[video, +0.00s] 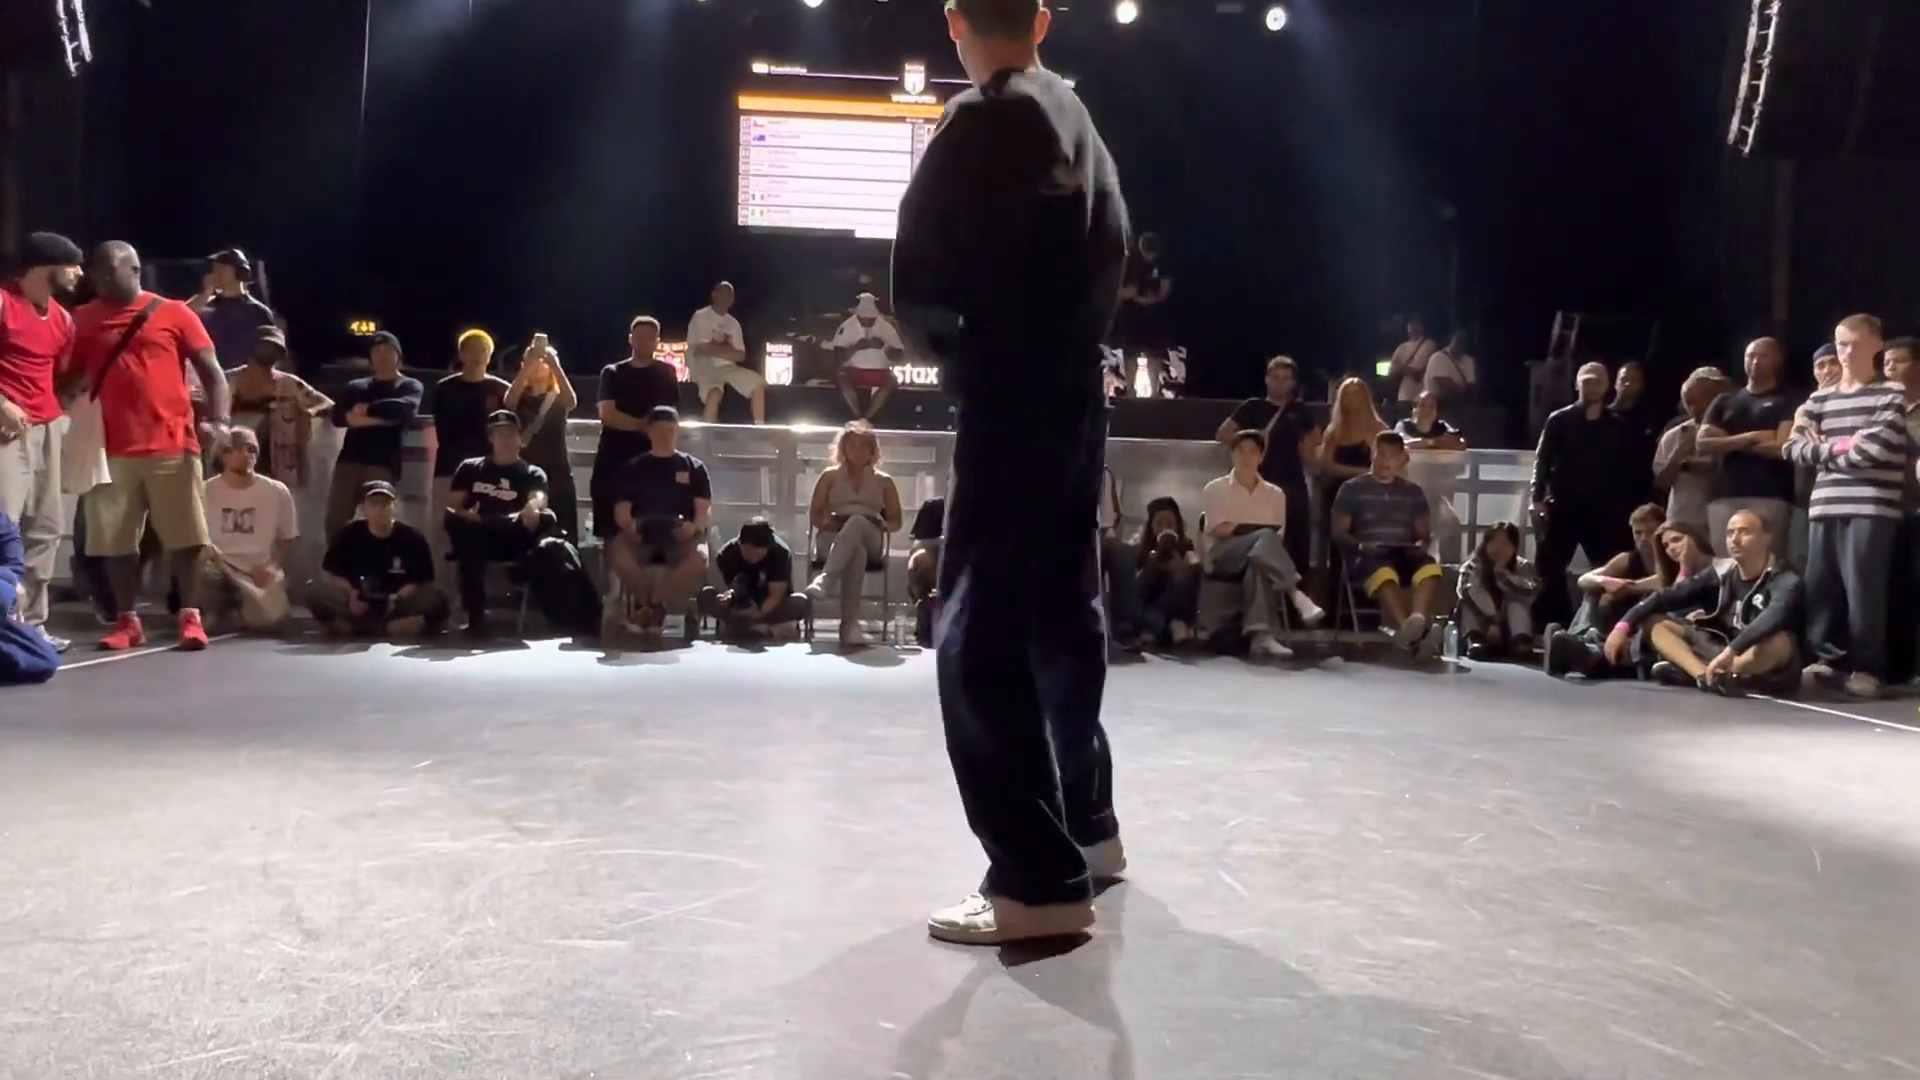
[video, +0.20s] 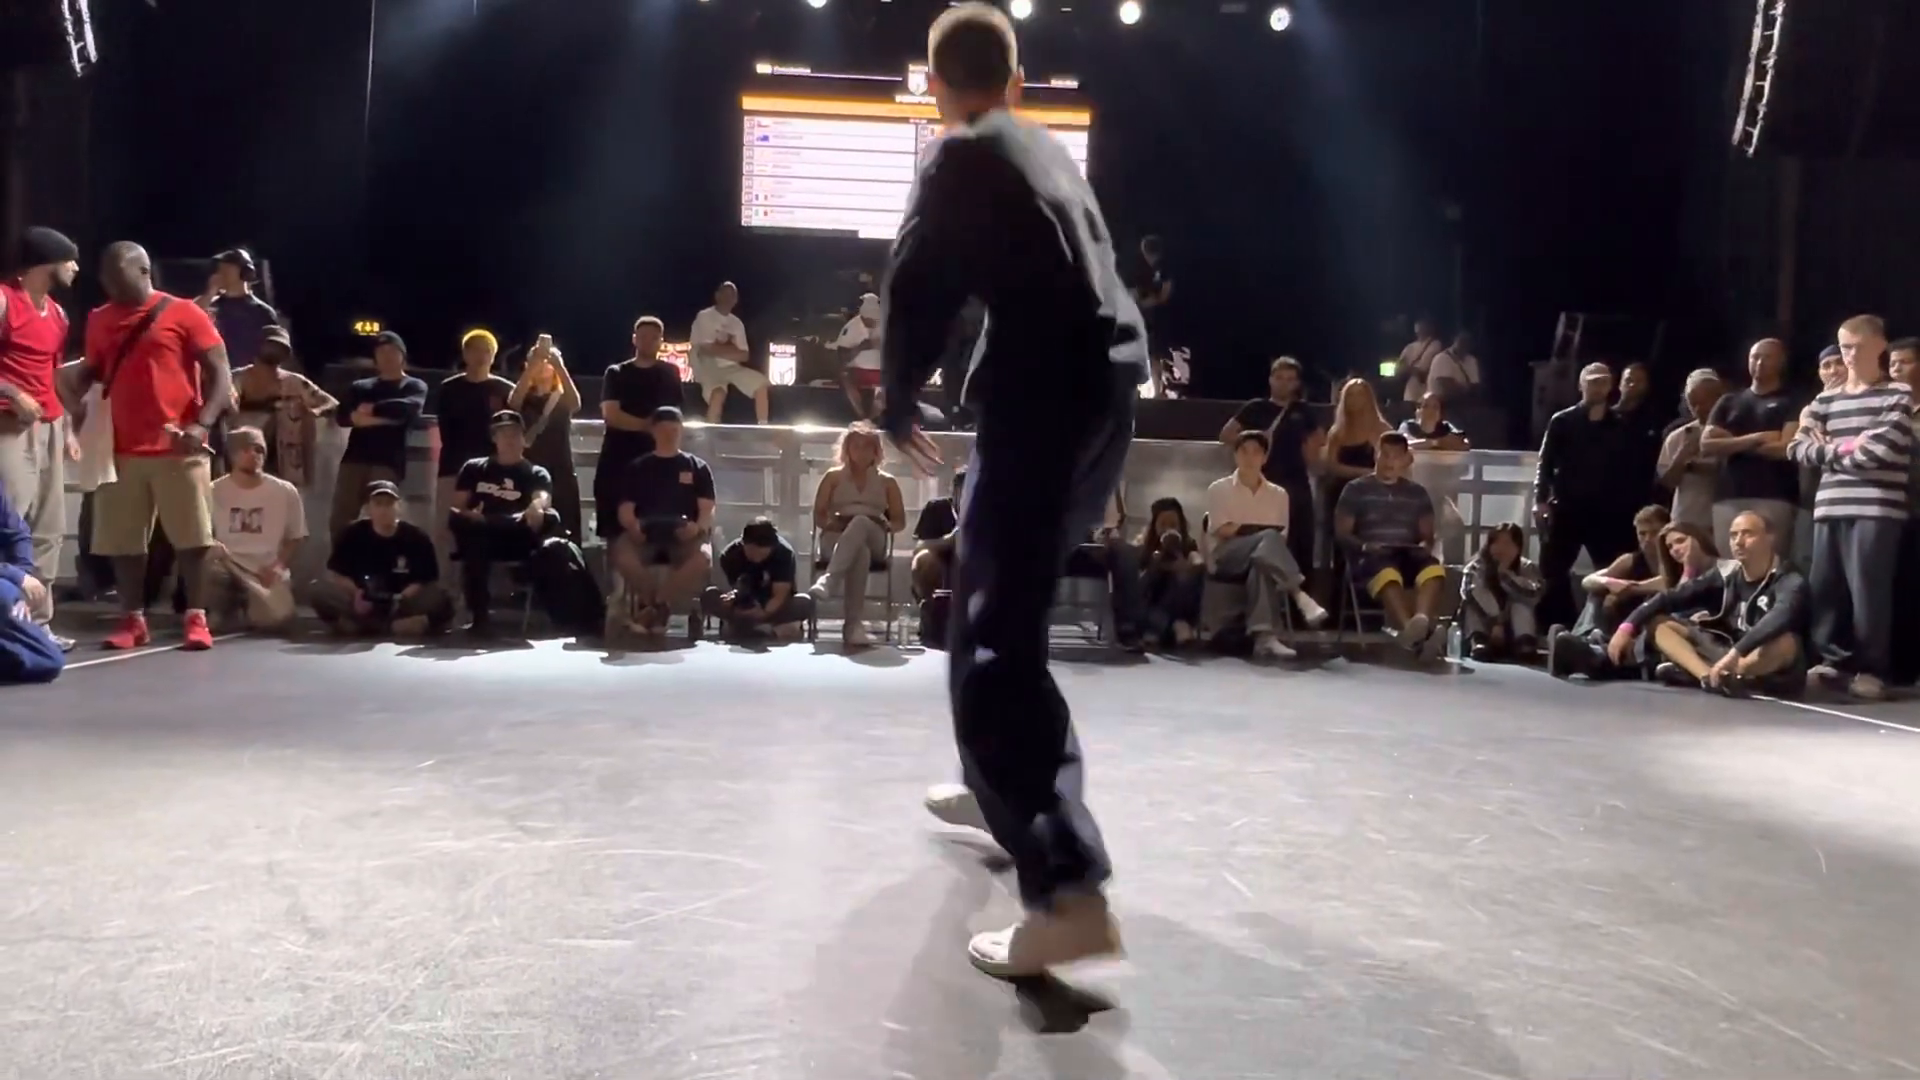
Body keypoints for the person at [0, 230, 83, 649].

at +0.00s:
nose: (74, 275)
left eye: (74, 268)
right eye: (67, 268)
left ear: (48, 271)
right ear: (41, 268)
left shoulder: (62, 318)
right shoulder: (7, 304)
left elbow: (64, 372)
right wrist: (3, 403)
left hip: (52, 424)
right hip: (10, 426)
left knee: (47, 525)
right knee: (7, 524)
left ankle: (33, 622)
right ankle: (8, 621)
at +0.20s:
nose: (73, 268)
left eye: (72, 261)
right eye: (67, 262)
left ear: (49, 265)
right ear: (44, 263)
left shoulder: (57, 312)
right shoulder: (9, 300)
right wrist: (14, 394)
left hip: (52, 423)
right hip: (15, 424)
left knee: (49, 522)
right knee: (12, 517)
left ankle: (39, 620)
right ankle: (11, 615)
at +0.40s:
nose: (71, 266)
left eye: (70, 259)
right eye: (66, 259)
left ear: (43, 263)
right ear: (45, 261)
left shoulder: (53, 311)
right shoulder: (9, 298)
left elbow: (45, 366)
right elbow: (4, 363)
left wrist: (65, 404)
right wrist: (22, 390)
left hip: (48, 422)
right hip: (16, 424)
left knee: (49, 521)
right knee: (16, 517)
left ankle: (40, 618)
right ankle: (14, 615)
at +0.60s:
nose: (70, 262)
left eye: (69, 255)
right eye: (65, 256)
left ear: (41, 258)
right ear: (48, 258)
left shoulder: (51, 306)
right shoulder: (9, 293)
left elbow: (41, 361)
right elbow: (3, 361)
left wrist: (63, 393)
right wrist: (29, 386)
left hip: (47, 415)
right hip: (15, 416)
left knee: (50, 516)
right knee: (17, 513)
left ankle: (41, 618)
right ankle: (15, 616)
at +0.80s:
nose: (72, 259)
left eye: (71, 252)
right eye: (68, 252)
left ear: (45, 254)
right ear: (50, 254)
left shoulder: (52, 301)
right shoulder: (11, 290)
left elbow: (43, 359)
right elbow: (1, 356)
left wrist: (67, 388)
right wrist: (34, 383)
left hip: (50, 410)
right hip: (18, 412)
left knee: (53, 514)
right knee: (20, 512)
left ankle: (45, 616)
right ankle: (18, 616)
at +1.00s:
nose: (78, 256)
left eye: (77, 249)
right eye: (73, 249)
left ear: (50, 251)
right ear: (55, 251)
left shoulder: (59, 297)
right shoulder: (15, 286)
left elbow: (49, 353)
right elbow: (2, 352)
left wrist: (69, 387)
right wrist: (38, 381)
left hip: (54, 409)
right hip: (21, 411)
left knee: (56, 510)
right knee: (24, 508)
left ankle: (48, 610)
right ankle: (22, 608)